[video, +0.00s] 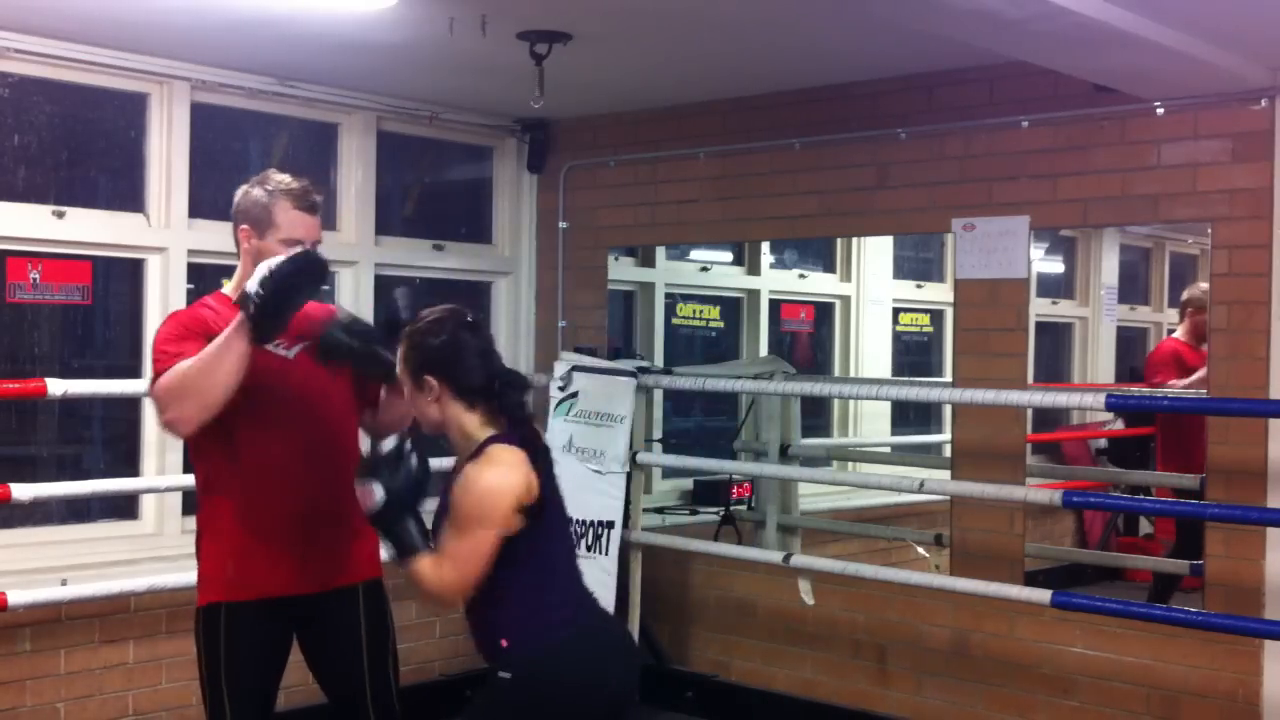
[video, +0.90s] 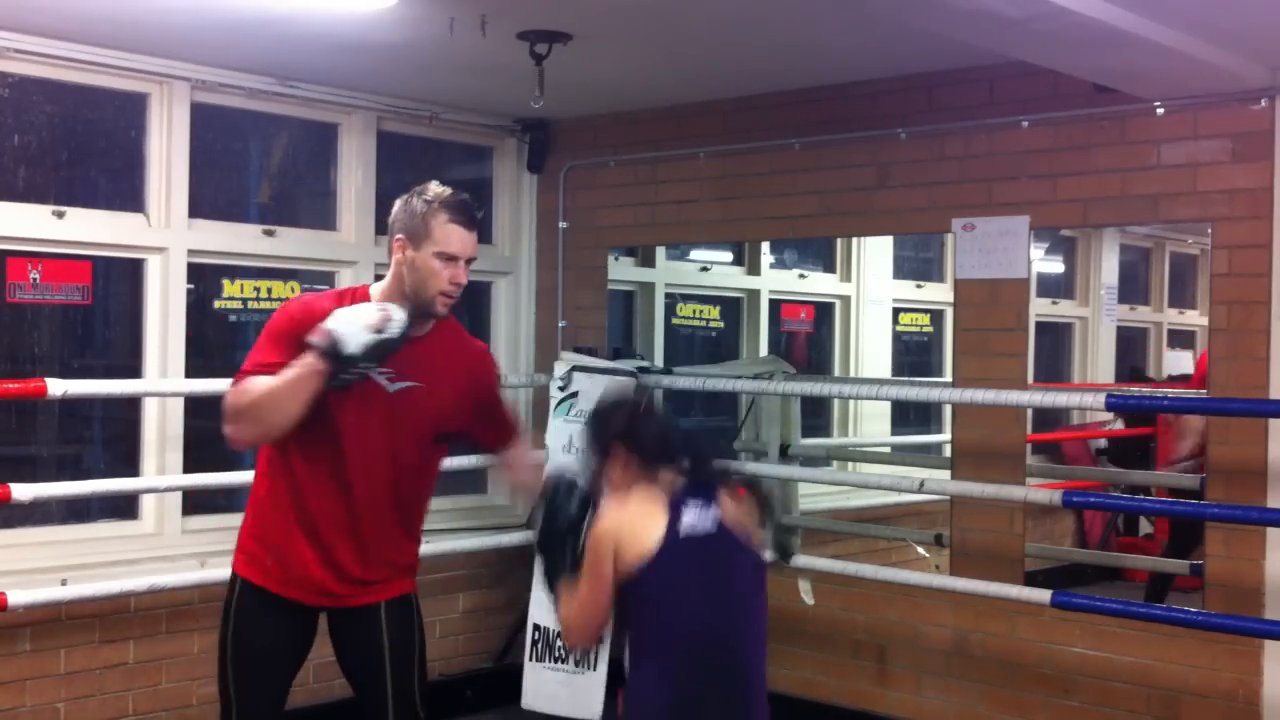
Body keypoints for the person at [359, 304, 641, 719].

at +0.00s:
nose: (406, 401)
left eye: (406, 386)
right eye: (403, 387)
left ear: (432, 389)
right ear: (480, 374)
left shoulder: (492, 474)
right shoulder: (513, 439)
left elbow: (448, 586)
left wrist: (398, 522)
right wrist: (418, 489)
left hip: (548, 675)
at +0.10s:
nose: (429, 391)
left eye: (430, 377)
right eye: (429, 378)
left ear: (450, 377)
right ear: (502, 365)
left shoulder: (474, 468)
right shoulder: (554, 419)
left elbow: (415, 561)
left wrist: (394, 479)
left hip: (539, 675)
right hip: (611, 651)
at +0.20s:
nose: (489, 386)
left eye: (491, 374)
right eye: (488, 374)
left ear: (514, 375)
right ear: (564, 367)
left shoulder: (514, 467)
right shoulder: (626, 446)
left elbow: (445, 541)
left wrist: (440, 462)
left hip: (549, 677)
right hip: (629, 665)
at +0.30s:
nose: (561, 391)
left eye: (562, 380)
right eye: (559, 381)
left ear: (579, 381)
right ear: (636, 374)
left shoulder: (574, 460)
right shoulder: (686, 458)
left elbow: (515, 552)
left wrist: (507, 469)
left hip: (599, 688)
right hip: (677, 683)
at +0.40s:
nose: (610, 384)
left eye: (610, 372)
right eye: (607, 372)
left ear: (631, 373)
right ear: (683, 366)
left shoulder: (626, 453)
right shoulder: (734, 452)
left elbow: (573, 556)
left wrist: (560, 471)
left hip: (641, 686)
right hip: (722, 679)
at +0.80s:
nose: (637, 390)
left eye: (639, 375)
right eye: (637, 376)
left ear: (659, 371)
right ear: (715, 373)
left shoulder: (629, 443)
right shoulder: (761, 454)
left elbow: (575, 542)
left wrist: (577, 456)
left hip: (651, 684)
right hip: (742, 685)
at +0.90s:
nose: (598, 470)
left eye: (600, 458)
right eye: (598, 459)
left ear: (620, 458)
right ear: (667, 448)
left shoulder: (617, 516)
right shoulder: (731, 504)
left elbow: (579, 632)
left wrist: (558, 552)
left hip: (659, 705)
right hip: (741, 705)